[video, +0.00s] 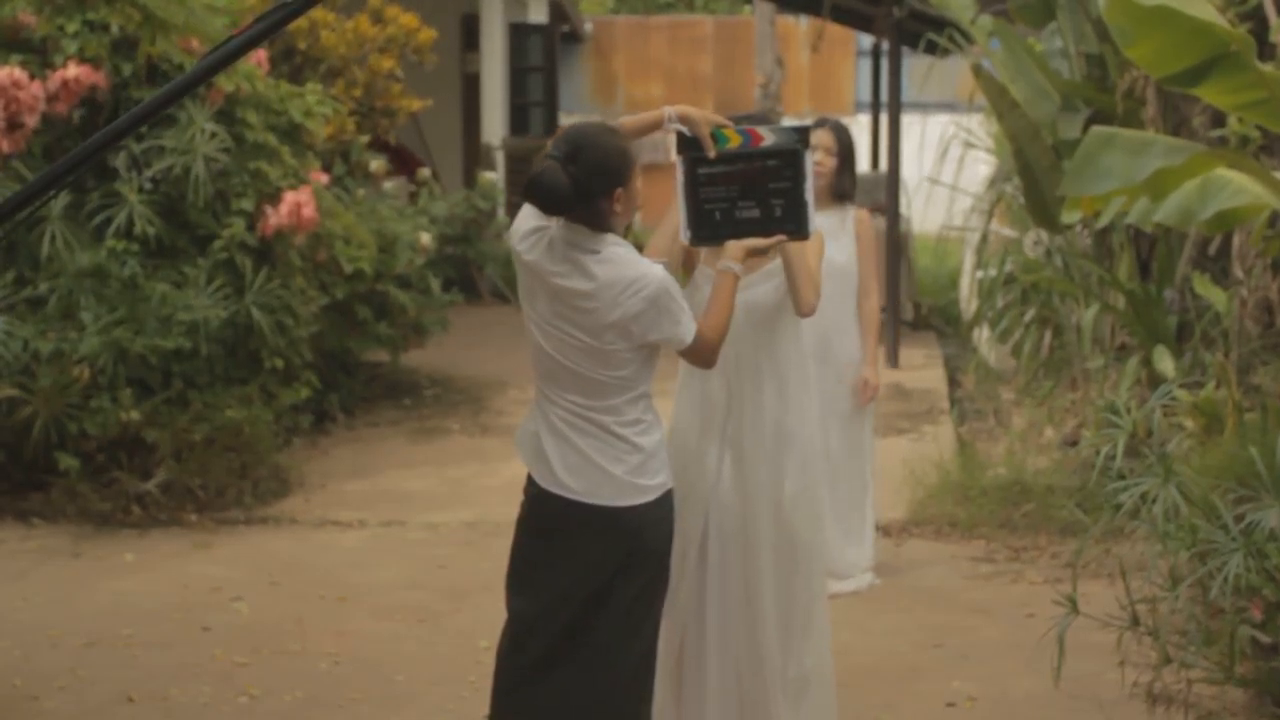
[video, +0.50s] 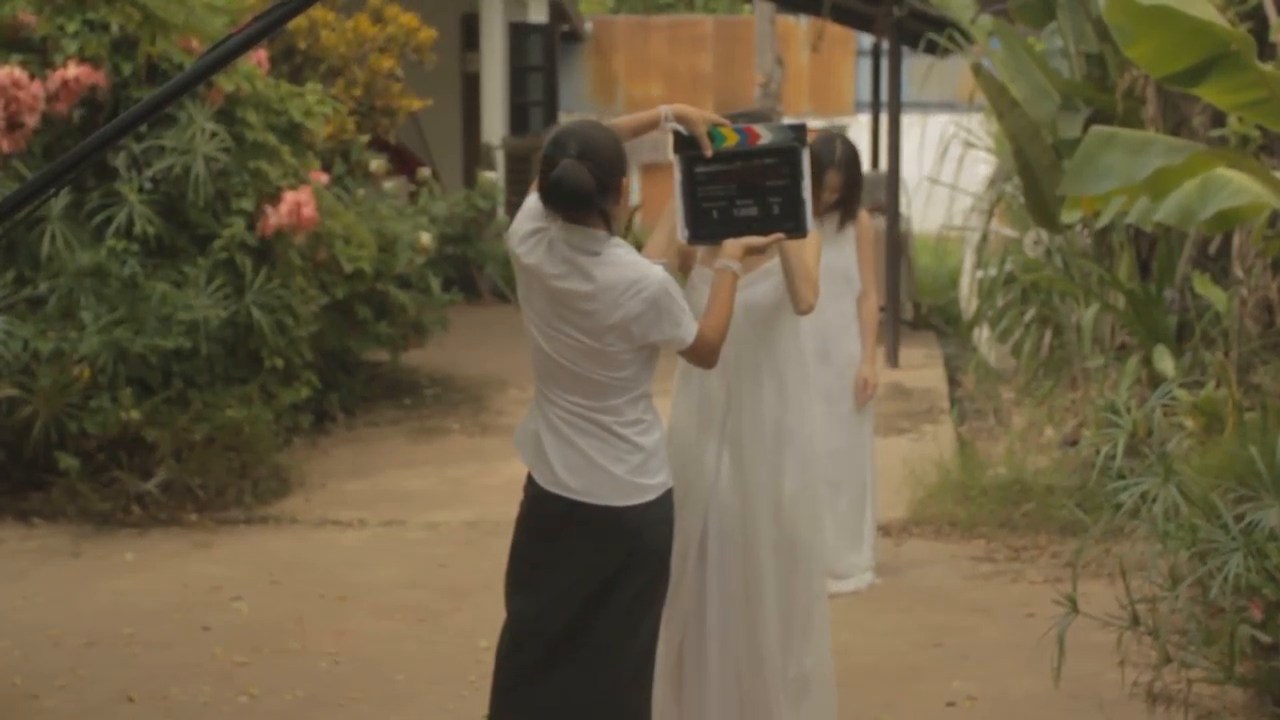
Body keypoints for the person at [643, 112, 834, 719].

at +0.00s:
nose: (749, 168)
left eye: (762, 155)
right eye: (738, 153)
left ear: (783, 162)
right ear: (720, 160)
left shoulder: (797, 227)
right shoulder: (703, 218)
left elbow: (806, 302)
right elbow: (652, 280)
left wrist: (783, 215)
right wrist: (694, 207)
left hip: (774, 422)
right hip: (705, 425)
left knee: (771, 575)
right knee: (702, 576)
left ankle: (773, 704)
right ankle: (700, 705)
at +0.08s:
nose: (751, 169)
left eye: (765, 155)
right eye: (741, 153)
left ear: (785, 162)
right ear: (721, 160)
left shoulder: (798, 228)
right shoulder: (704, 219)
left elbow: (805, 302)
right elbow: (652, 280)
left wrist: (785, 214)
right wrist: (689, 198)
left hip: (774, 423)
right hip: (705, 426)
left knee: (771, 576)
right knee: (702, 577)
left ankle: (773, 705)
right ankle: (699, 705)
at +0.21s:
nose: (754, 170)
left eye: (766, 157)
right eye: (742, 155)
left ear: (787, 163)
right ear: (722, 160)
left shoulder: (798, 227)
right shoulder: (705, 220)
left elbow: (805, 302)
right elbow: (659, 281)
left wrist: (783, 216)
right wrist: (694, 208)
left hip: (774, 422)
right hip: (705, 424)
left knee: (771, 575)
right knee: (703, 575)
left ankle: (773, 704)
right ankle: (700, 705)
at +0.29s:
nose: (751, 168)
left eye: (764, 155)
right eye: (740, 152)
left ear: (786, 163)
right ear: (720, 157)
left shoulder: (798, 225)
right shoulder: (701, 214)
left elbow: (805, 303)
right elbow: (649, 280)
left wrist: (784, 218)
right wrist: (696, 229)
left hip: (773, 422)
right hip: (704, 424)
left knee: (771, 575)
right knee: (702, 576)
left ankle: (773, 704)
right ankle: (700, 705)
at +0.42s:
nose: (753, 167)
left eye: (766, 155)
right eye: (742, 151)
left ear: (787, 164)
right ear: (722, 155)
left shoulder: (797, 225)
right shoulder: (702, 212)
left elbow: (804, 301)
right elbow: (652, 281)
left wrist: (784, 214)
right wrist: (695, 220)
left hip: (772, 419)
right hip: (704, 421)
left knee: (769, 572)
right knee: (702, 573)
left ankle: (772, 703)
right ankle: (700, 704)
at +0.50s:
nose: (752, 166)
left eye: (765, 154)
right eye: (741, 149)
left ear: (786, 162)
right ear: (722, 153)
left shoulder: (796, 220)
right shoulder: (702, 207)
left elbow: (805, 299)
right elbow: (655, 273)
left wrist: (783, 207)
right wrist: (689, 187)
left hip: (772, 420)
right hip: (703, 421)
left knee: (770, 573)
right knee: (702, 573)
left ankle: (772, 704)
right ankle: (700, 705)